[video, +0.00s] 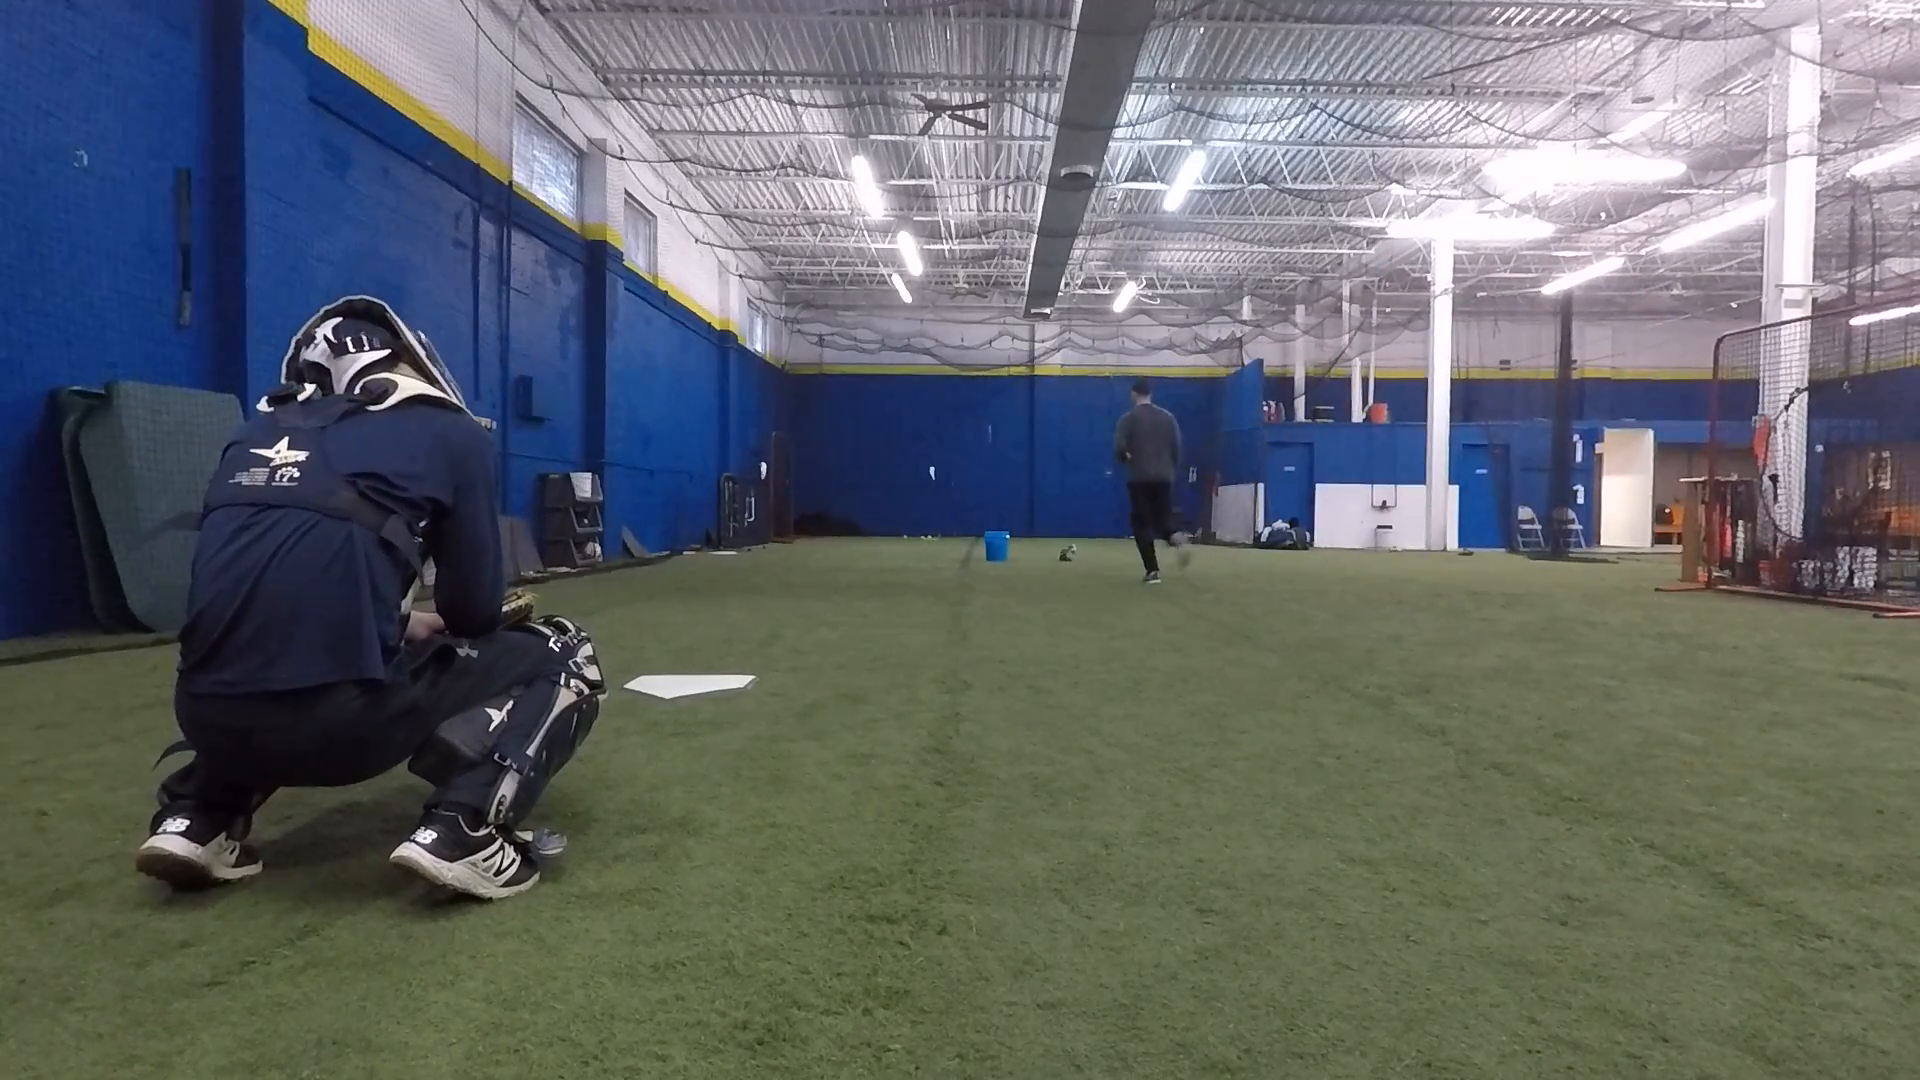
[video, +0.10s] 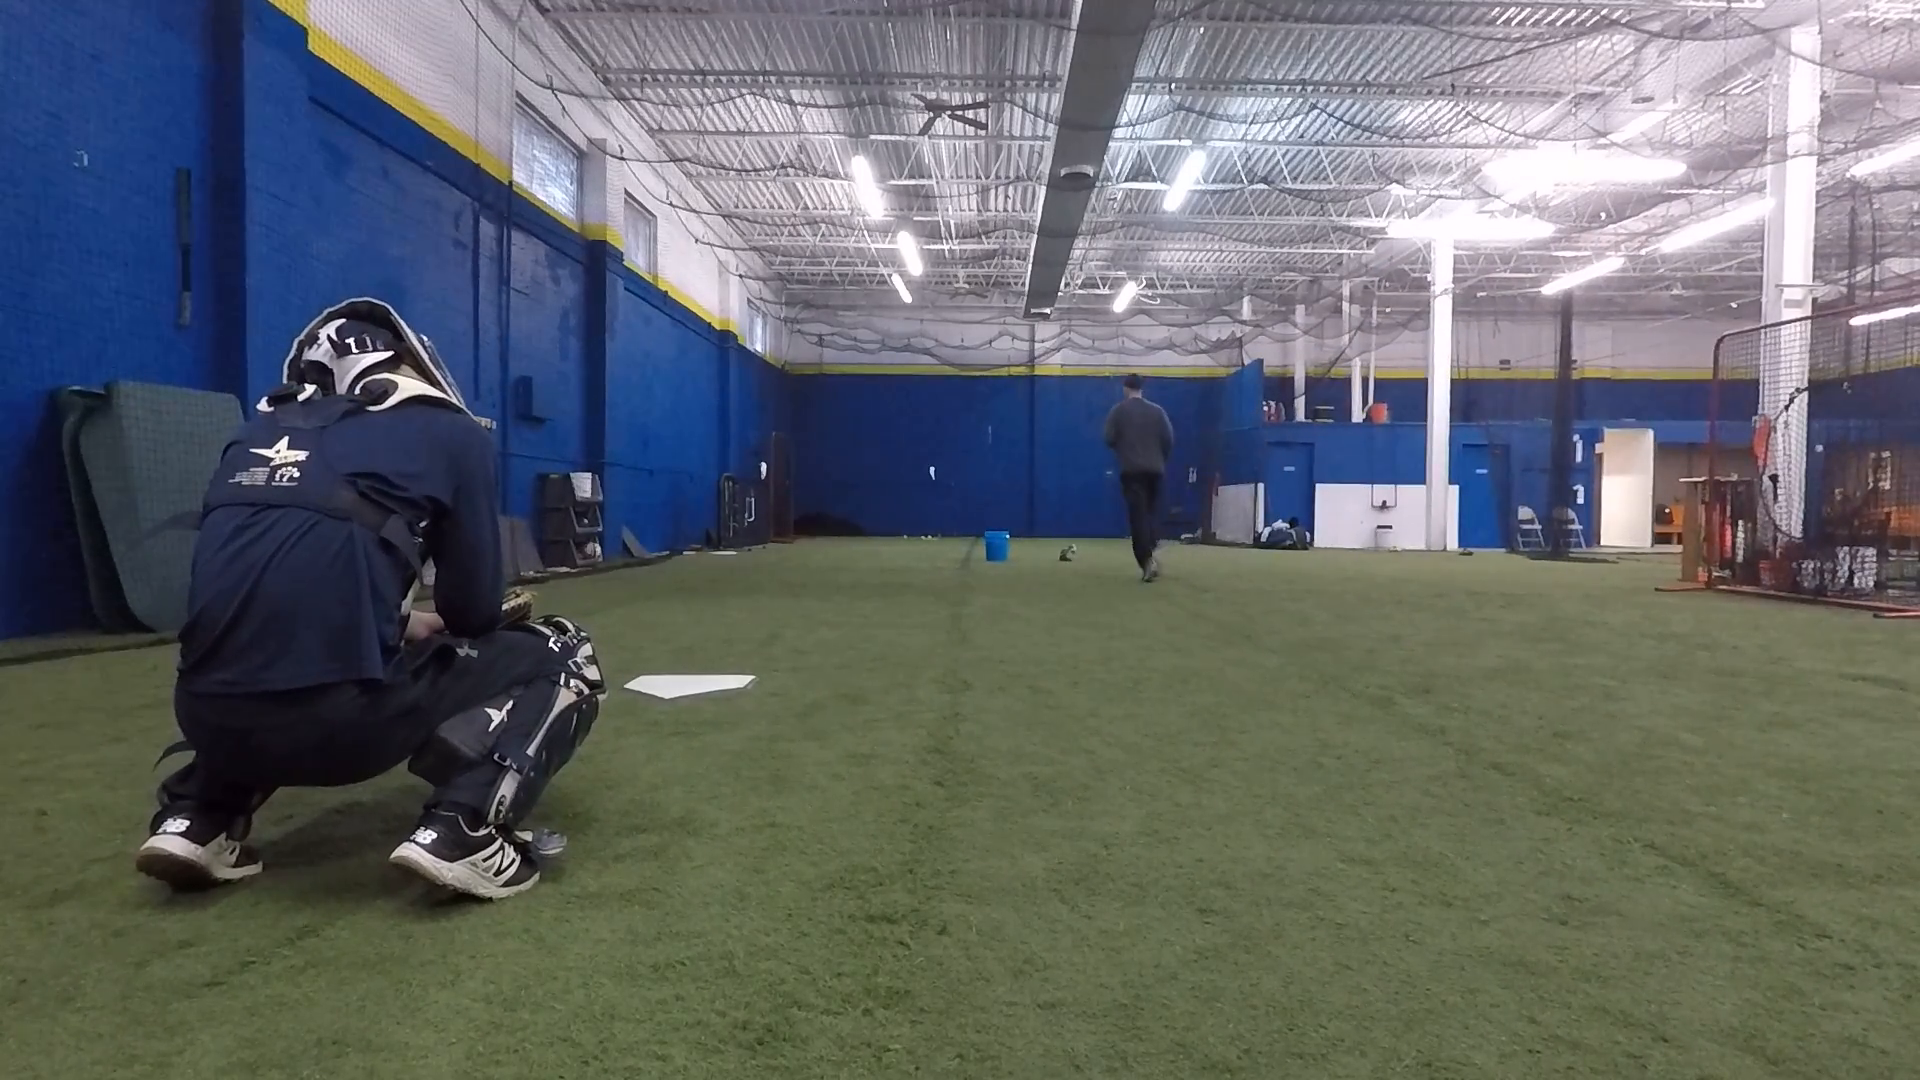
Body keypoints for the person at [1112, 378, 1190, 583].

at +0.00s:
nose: (1132, 397)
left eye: (1132, 394)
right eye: (1134, 394)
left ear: (1134, 394)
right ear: (1150, 394)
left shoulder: (1128, 418)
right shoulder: (1167, 416)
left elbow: (1120, 448)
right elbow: (1177, 445)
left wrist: (1125, 457)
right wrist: (1174, 465)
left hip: (1139, 479)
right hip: (1164, 477)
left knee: (1141, 523)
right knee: (1162, 518)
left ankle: (1152, 571)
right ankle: (1177, 539)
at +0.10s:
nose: (1126, 392)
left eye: (1126, 388)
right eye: (1130, 388)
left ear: (1126, 389)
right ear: (1141, 389)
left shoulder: (1119, 410)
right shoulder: (1157, 410)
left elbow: (1109, 437)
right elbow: (1168, 437)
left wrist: (1121, 447)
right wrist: (1162, 456)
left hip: (1130, 469)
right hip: (1154, 468)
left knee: (1137, 514)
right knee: (1152, 512)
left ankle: (1146, 562)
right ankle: (1150, 554)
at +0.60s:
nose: (1077, 405)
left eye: (1078, 401)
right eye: (1079, 401)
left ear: (1080, 401)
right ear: (1094, 401)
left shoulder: (1081, 417)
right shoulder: (1108, 420)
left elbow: (1082, 437)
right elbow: (1115, 447)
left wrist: (1070, 449)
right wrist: (1110, 463)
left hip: (1082, 472)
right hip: (1102, 471)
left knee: (1080, 515)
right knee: (1105, 509)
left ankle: (1076, 558)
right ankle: (1118, 545)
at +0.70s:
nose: (1073, 412)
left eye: (1072, 409)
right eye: (1074, 408)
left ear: (1070, 409)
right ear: (1084, 408)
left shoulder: (1069, 426)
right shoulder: (1098, 426)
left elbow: (1070, 444)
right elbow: (1106, 448)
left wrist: (1061, 455)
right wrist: (1105, 468)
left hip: (1074, 479)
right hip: (1094, 477)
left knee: (1070, 517)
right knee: (1095, 514)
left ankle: (1068, 558)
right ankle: (1114, 541)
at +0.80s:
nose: (1063, 417)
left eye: (1062, 414)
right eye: (1065, 414)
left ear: (1062, 414)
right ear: (1075, 413)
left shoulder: (1060, 434)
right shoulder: (1090, 432)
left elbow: (1057, 459)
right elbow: (1097, 456)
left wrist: (1052, 465)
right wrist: (1098, 471)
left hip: (1066, 485)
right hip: (1086, 485)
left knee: (1063, 522)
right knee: (1084, 521)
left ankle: (1067, 558)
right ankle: (1104, 542)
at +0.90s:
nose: (1054, 416)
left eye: (1054, 413)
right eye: (1056, 413)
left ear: (1055, 413)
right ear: (1068, 411)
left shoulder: (1053, 431)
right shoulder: (1083, 430)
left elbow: (1045, 455)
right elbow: (1090, 453)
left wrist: (1054, 461)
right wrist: (1088, 470)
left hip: (1060, 481)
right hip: (1079, 480)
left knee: (1062, 518)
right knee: (1076, 516)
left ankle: (1066, 555)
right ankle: (1086, 543)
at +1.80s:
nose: (996, 447)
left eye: (995, 444)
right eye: (995, 445)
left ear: (997, 440)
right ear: (1004, 435)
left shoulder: (1004, 451)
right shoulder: (1026, 439)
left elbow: (1005, 476)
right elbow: (1042, 455)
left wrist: (1003, 499)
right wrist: (1036, 471)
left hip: (1021, 489)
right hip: (1040, 485)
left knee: (1017, 521)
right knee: (1037, 517)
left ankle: (1018, 553)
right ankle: (1048, 543)